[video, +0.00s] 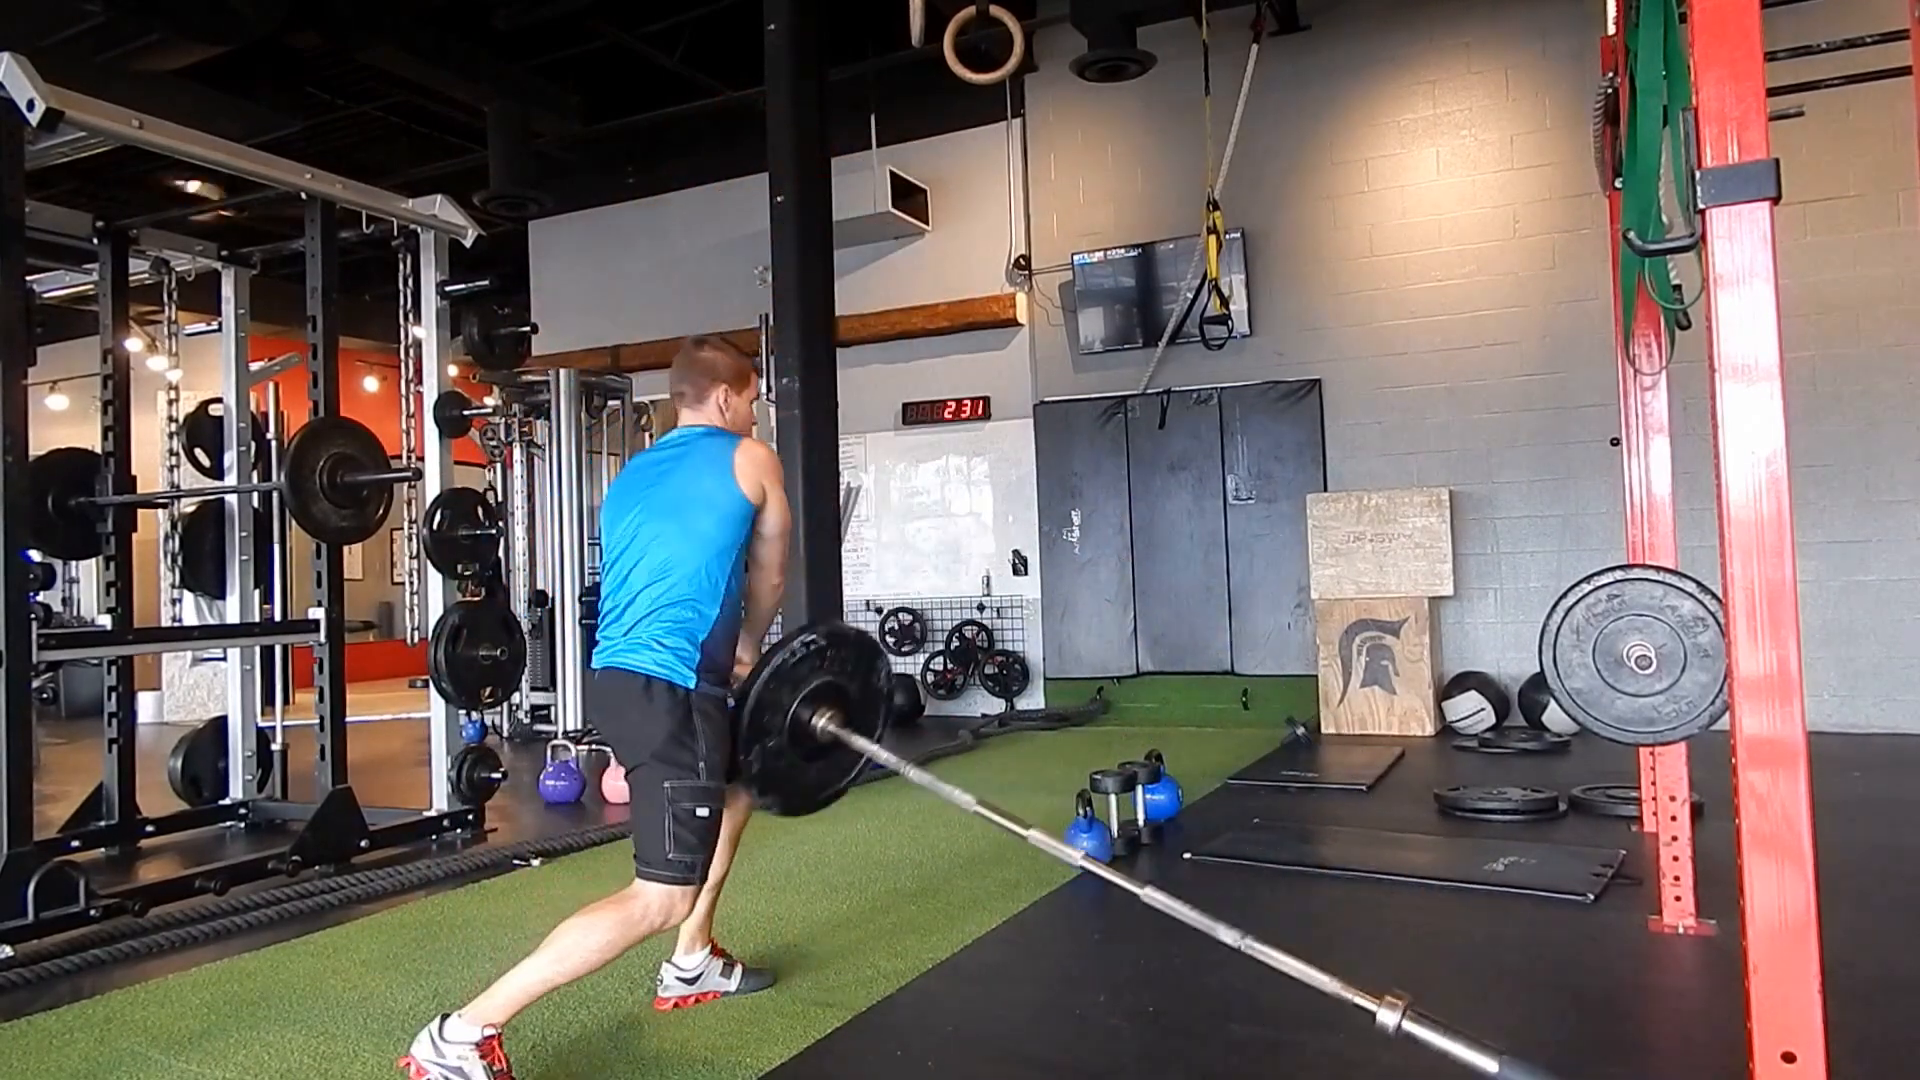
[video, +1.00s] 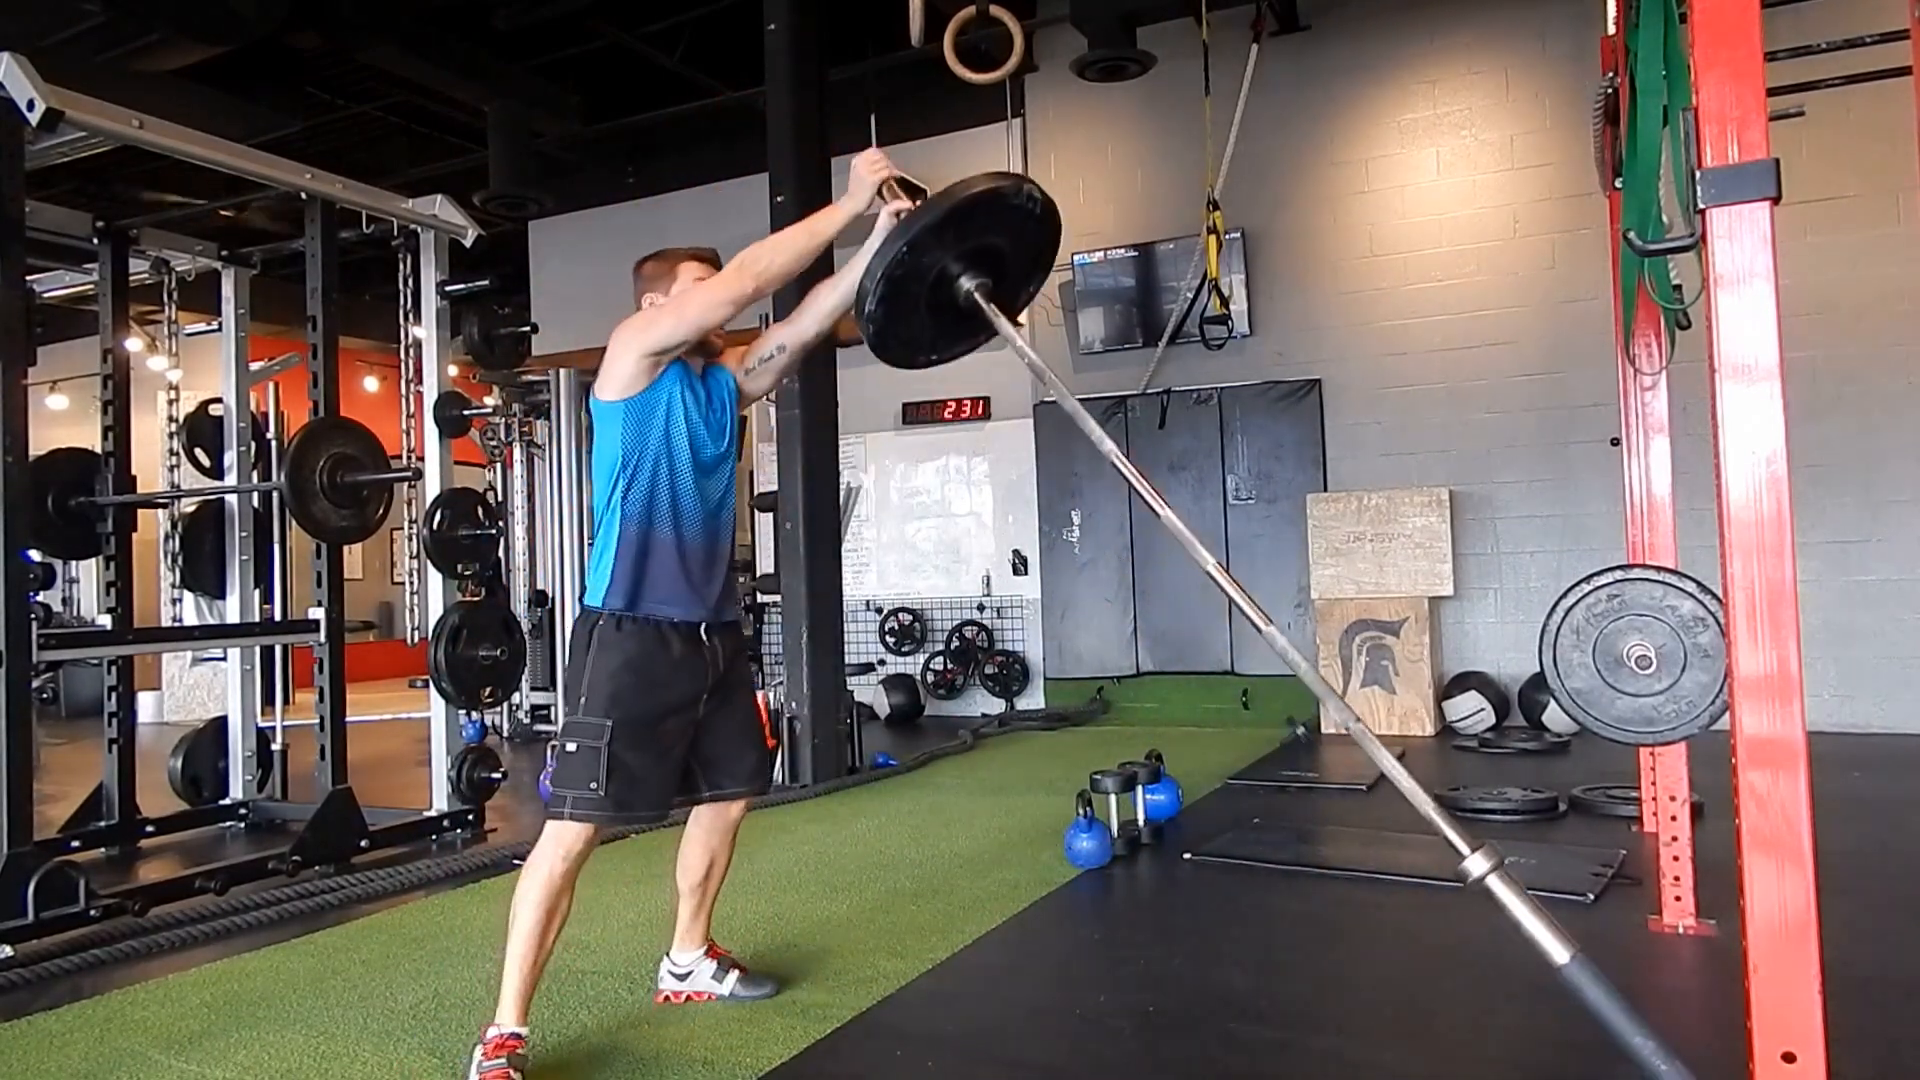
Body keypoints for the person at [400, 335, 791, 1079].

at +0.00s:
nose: (753, 413)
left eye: (752, 401)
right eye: (750, 401)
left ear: (681, 400)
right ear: (726, 399)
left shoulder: (628, 475)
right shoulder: (751, 458)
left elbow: (631, 586)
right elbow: (767, 584)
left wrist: (722, 649)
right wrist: (746, 643)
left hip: (613, 679)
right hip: (668, 688)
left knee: (736, 788)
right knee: (662, 895)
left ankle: (693, 959)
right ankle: (464, 1030)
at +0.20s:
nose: (762, 427)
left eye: (761, 414)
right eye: (758, 414)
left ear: (687, 418)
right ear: (733, 415)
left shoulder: (629, 489)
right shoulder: (764, 483)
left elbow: (618, 595)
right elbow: (754, 608)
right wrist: (724, 681)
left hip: (608, 691)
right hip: (664, 700)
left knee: (714, 800)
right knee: (668, 914)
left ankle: (692, 962)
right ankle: (457, 1034)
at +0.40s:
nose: (740, 396)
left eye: (739, 383)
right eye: (734, 383)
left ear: (665, 390)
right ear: (702, 383)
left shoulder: (614, 462)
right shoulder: (729, 442)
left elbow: (617, 586)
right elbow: (765, 575)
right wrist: (741, 616)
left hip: (608, 669)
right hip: (651, 681)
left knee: (731, 780)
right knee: (650, 895)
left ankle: (691, 961)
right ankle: (455, 1036)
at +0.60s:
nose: (708, 333)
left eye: (705, 320)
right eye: (697, 317)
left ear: (645, 324)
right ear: (649, 319)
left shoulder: (651, 408)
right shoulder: (640, 371)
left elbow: (711, 510)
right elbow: (770, 428)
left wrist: (814, 469)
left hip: (678, 645)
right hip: (624, 645)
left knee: (727, 788)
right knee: (613, 839)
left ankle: (688, 960)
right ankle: (479, 1029)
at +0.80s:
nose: (704, 306)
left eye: (704, 295)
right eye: (691, 293)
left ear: (678, 308)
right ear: (641, 300)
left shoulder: (699, 390)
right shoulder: (609, 354)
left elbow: (789, 395)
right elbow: (740, 321)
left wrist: (868, 316)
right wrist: (843, 265)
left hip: (698, 633)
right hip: (619, 628)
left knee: (732, 784)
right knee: (585, 822)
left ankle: (687, 959)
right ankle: (507, 1026)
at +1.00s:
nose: (721, 288)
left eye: (720, 279)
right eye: (705, 278)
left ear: (708, 296)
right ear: (657, 296)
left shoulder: (728, 371)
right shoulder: (630, 349)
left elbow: (809, 320)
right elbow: (738, 288)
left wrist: (877, 239)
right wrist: (848, 201)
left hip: (712, 634)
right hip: (627, 633)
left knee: (728, 788)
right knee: (576, 823)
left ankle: (687, 959)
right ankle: (507, 1027)